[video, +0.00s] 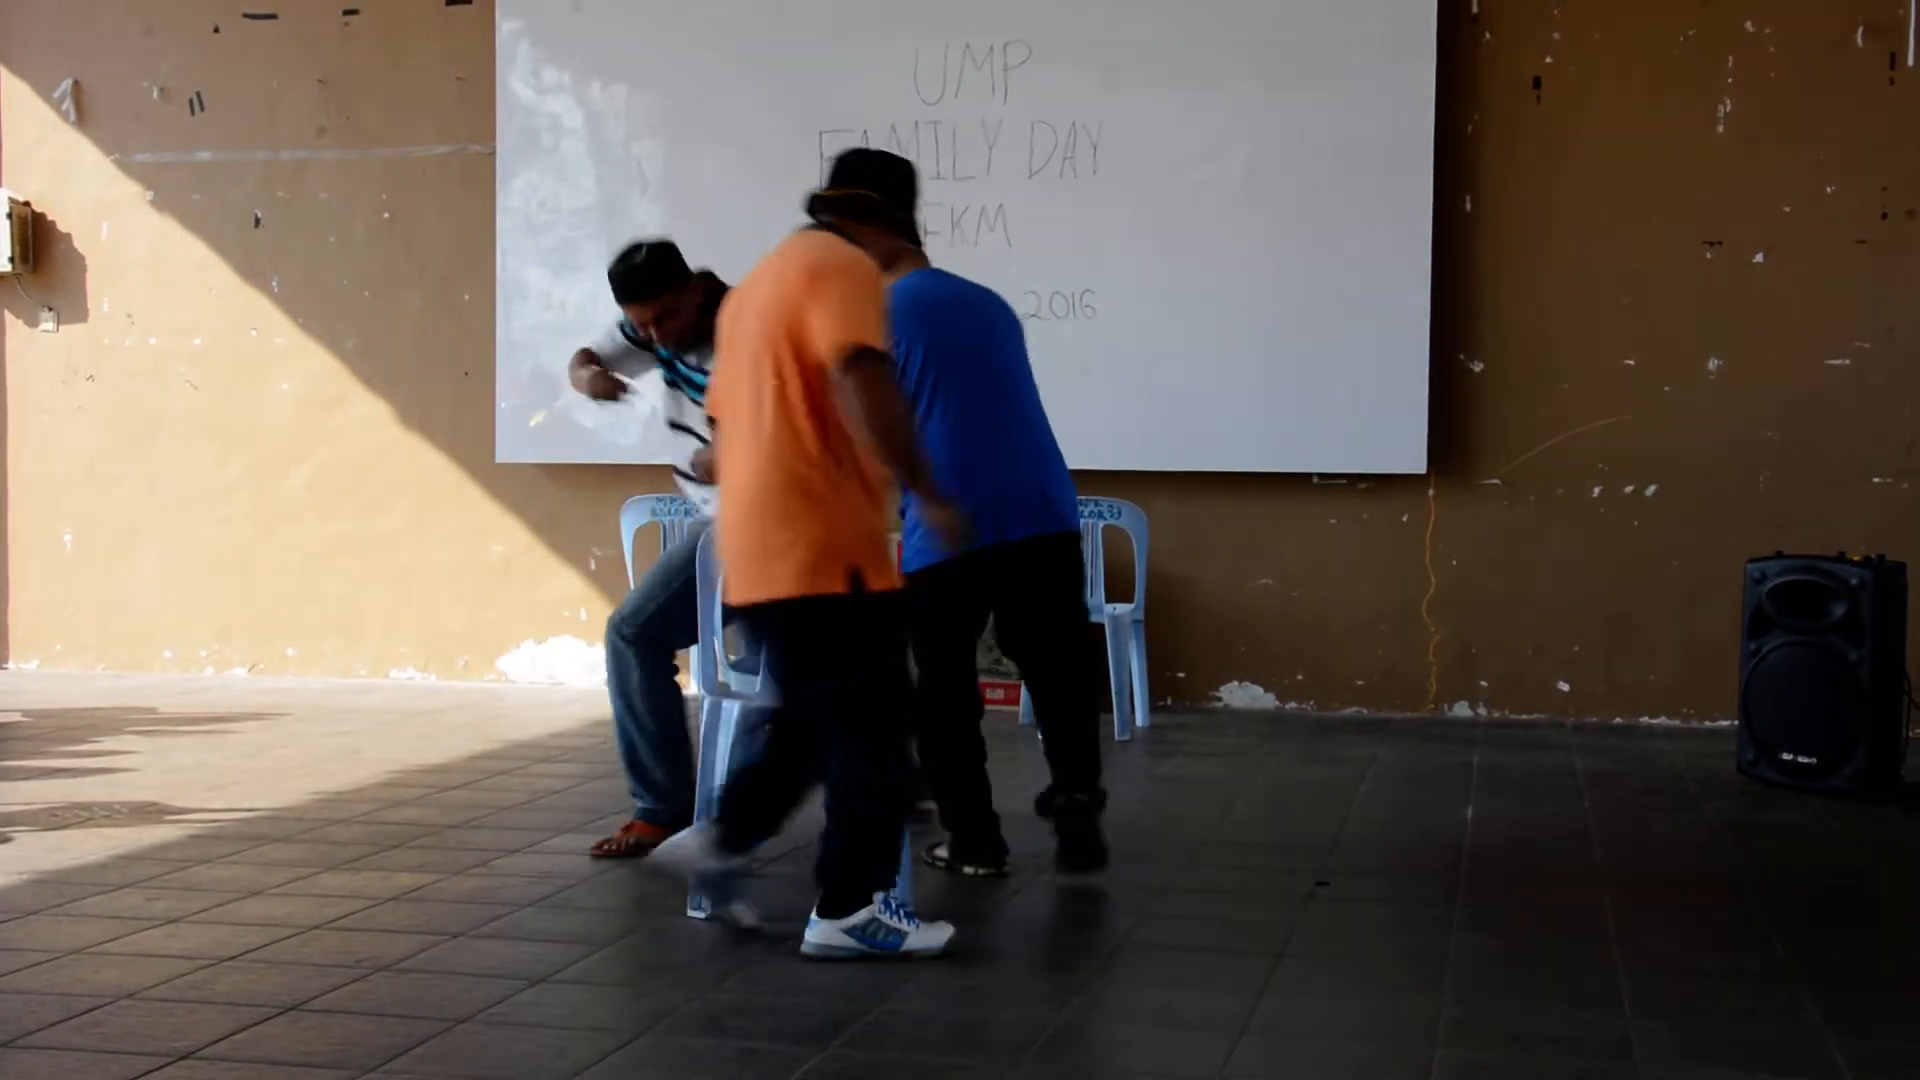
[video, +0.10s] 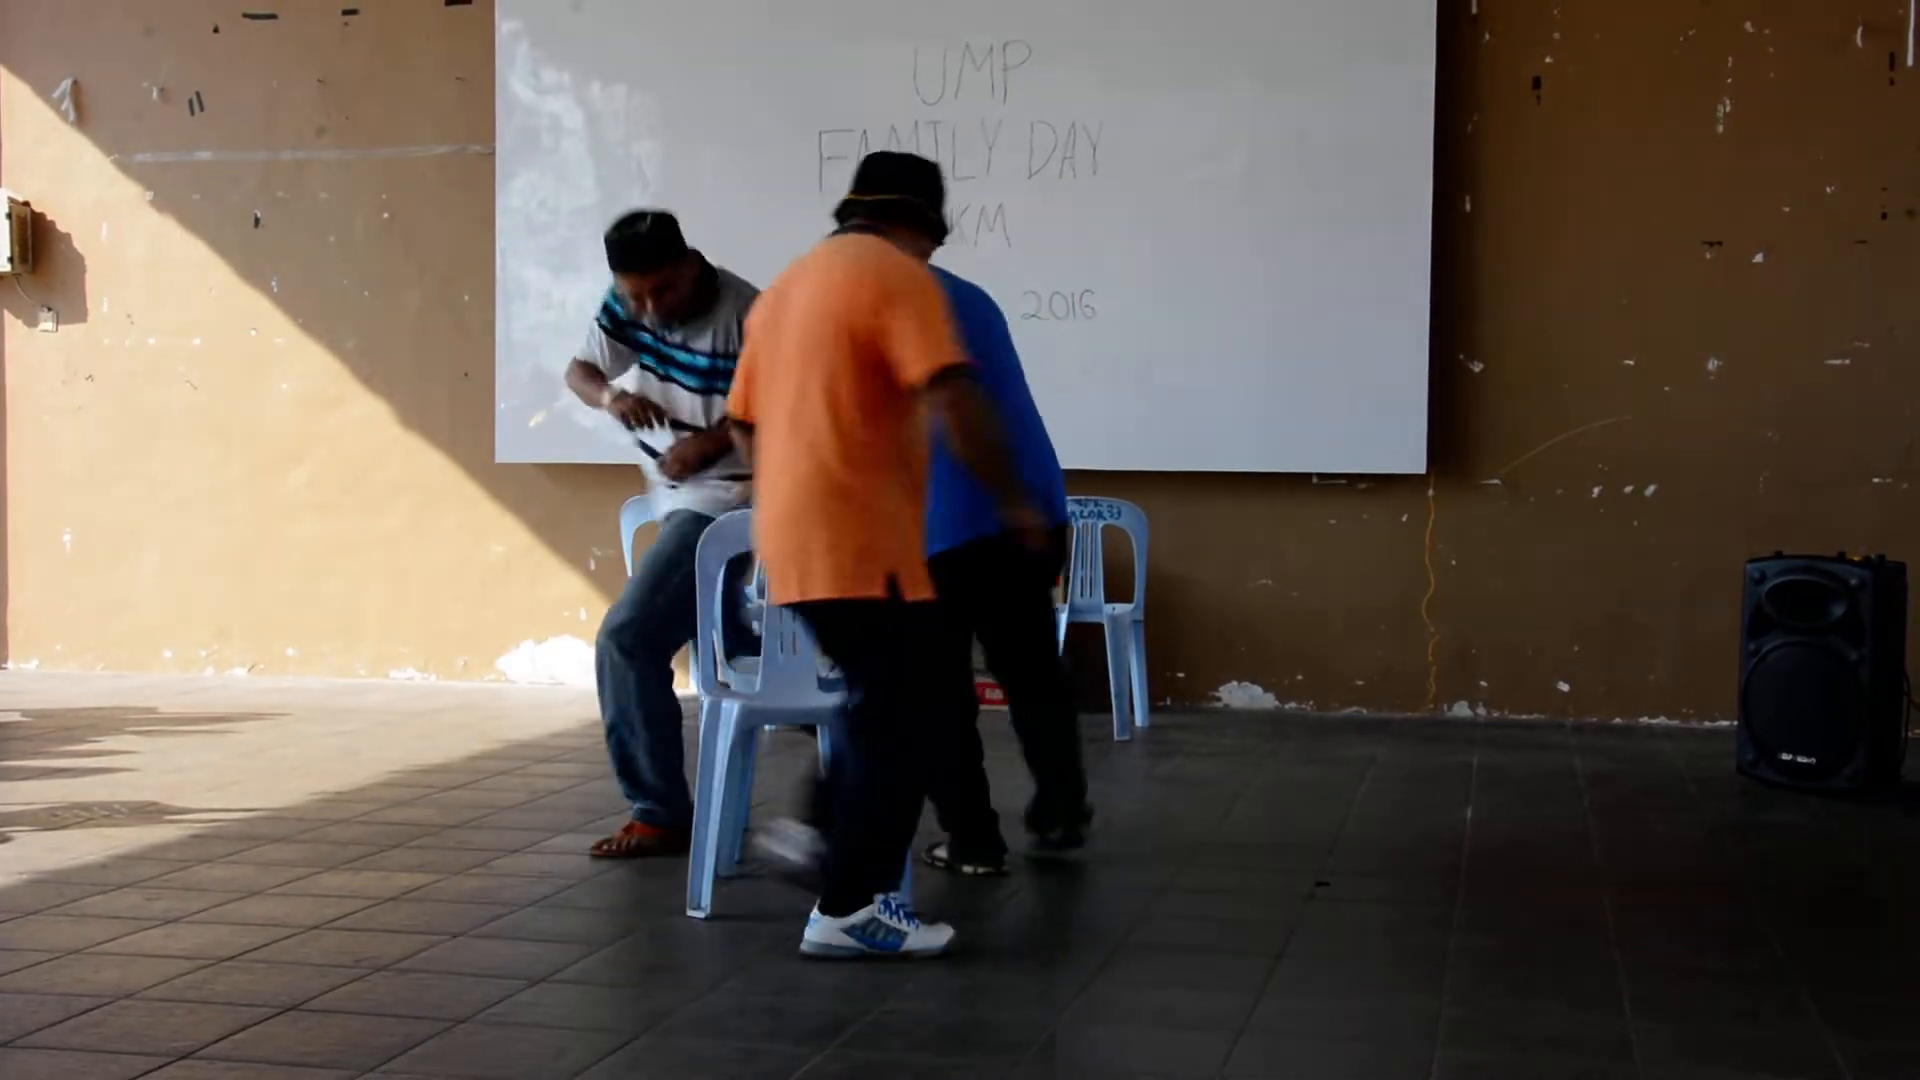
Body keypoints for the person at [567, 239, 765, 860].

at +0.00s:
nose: (657, 336)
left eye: (667, 318)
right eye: (643, 326)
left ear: (698, 291)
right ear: (629, 315)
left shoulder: (749, 326)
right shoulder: (655, 331)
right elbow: (589, 361)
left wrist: (726, 458)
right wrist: (595, 378)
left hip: (795, 515)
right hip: (727, 520)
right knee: (632, 632)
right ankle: (664, 808)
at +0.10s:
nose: (650, 310)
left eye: (662, 292)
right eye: (636, 297)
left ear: (692, 265)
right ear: (619, 283)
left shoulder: (749, 314)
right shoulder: (627, 300)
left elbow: (781, 399)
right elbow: (580, 371)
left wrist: (716, 438)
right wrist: (610, 397)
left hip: (751, 498)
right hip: (692, 499)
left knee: (625, 637)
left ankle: (661, 815)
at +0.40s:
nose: (626, 254)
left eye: (639, 238)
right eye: (611, 239)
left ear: (659, 221)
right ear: (584, 223)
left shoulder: (696, 277)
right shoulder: (544, 261)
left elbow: (756, 368)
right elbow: (512, 349)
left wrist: (709, 428)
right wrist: (540, 417)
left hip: (650, 486)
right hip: (561, 485)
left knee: (621, 638)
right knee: (535, 644)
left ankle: (643, 811)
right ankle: (534, 807)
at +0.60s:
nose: (639, 235)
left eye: (650, 218)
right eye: (622, 219)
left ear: (663, 205)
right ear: (583, 201)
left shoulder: (678, 268)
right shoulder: (521, 249)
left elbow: (677, 356)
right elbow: (469, 338)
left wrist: (667, 428)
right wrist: (506, 408)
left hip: (626, 490)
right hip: (533, 491)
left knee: (603, 653)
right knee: (528, 657)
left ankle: (574, 833)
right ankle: (526, 798)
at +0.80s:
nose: (669, 206)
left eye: (678, 190)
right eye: (655, 191)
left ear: (684, 178)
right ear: (607, 173)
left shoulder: (685, 251)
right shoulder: (528, 226)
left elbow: (715, 355)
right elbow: (467, 325)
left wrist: (702, 423)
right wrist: (524, 399)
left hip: (636, 492)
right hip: (532, 487)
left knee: (607, 672)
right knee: (501, 655)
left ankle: (574, 836)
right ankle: (515, 776)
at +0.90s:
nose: (676, 199)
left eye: (686, 184)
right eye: (664, 183)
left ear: (692, 171)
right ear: (616, 163)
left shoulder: (690, 243)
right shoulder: (530, 216)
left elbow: (734, 344)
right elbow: (459, 309)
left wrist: (732, 413)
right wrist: (511, 387)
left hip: (637, 490)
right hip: (538, 483)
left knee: (603, 671)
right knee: (519, 665)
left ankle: (570, 835)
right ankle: (495, 847)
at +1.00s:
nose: (692, 206)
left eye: (700, 190)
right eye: (679, 191)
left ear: (703, 178)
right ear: (629, 173)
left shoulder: (696, 257)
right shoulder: (538, 224)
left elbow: (722, 349)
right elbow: (459, 312)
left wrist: (741, 418)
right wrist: (500, 398)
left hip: (641, 491)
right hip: (540, 484)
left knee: (624, 665)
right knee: (524, 673)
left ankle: (566, 797)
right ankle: (497, 856)